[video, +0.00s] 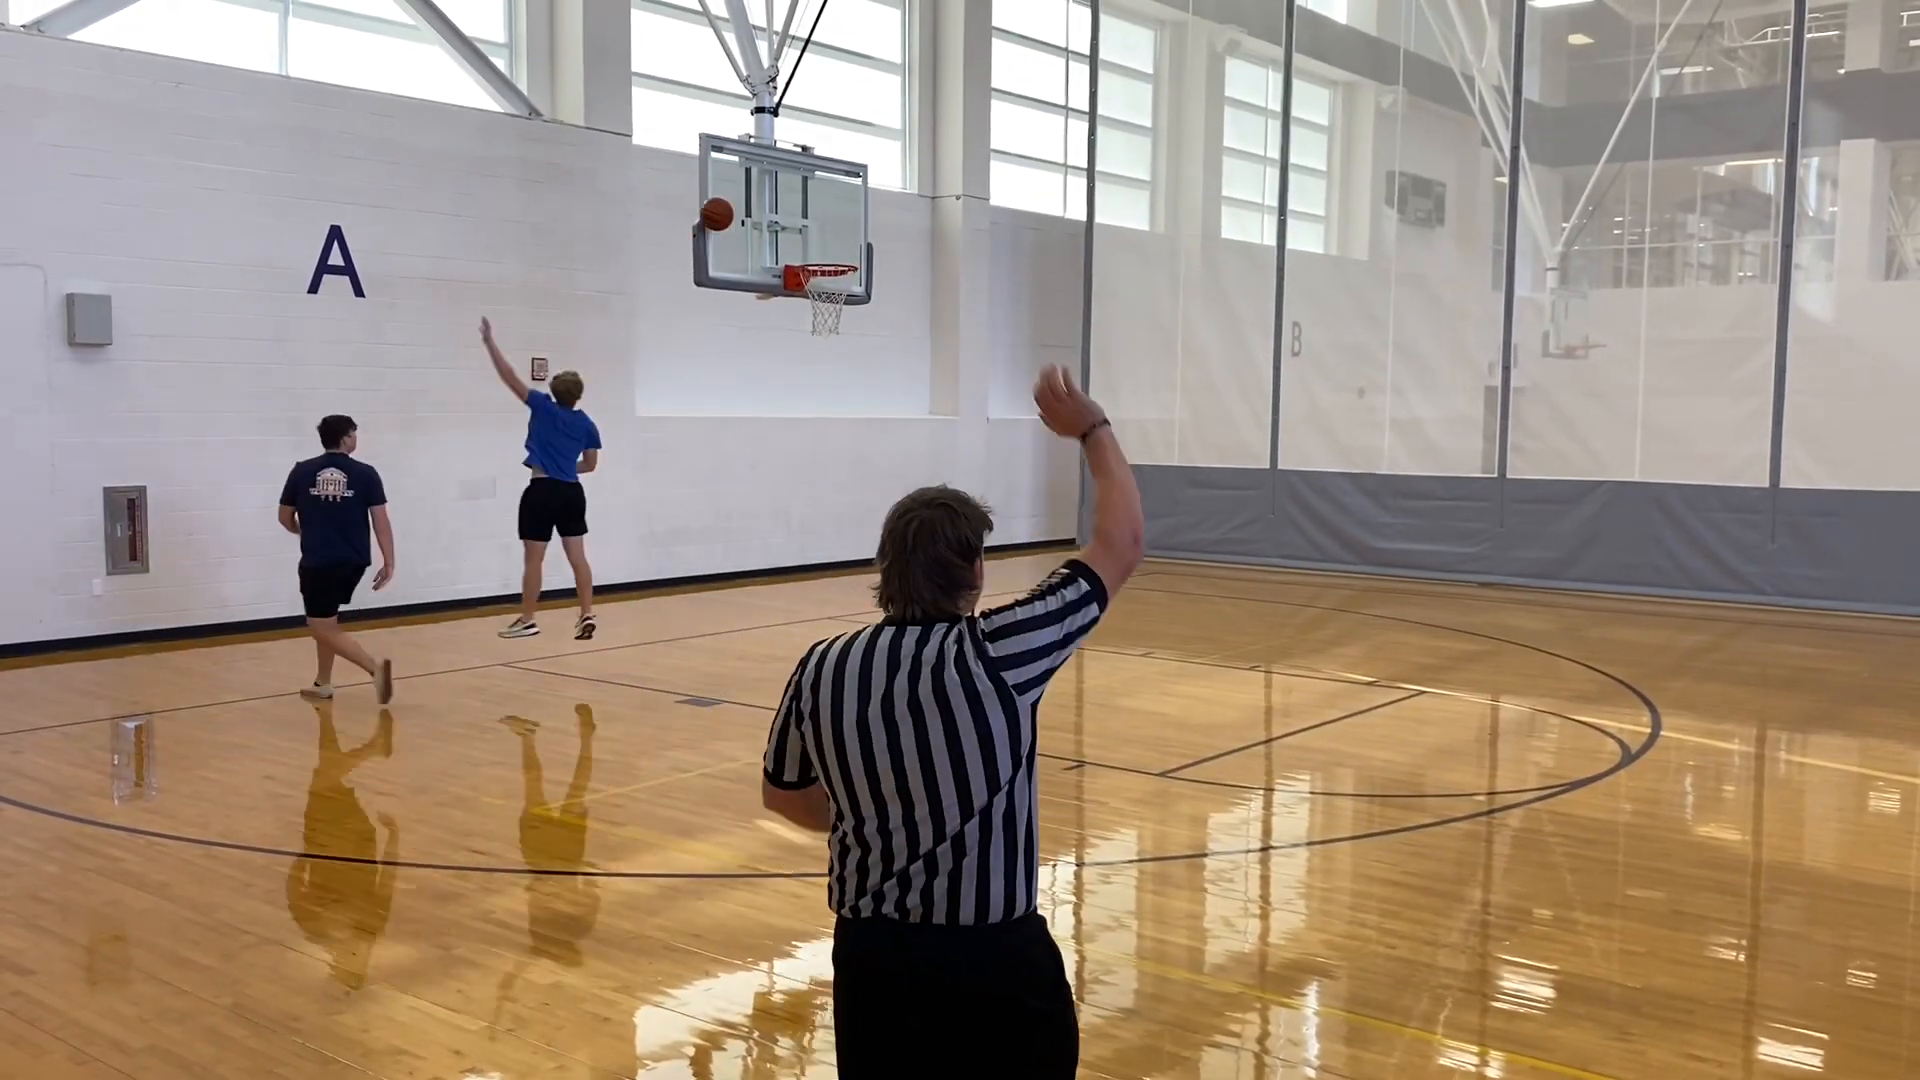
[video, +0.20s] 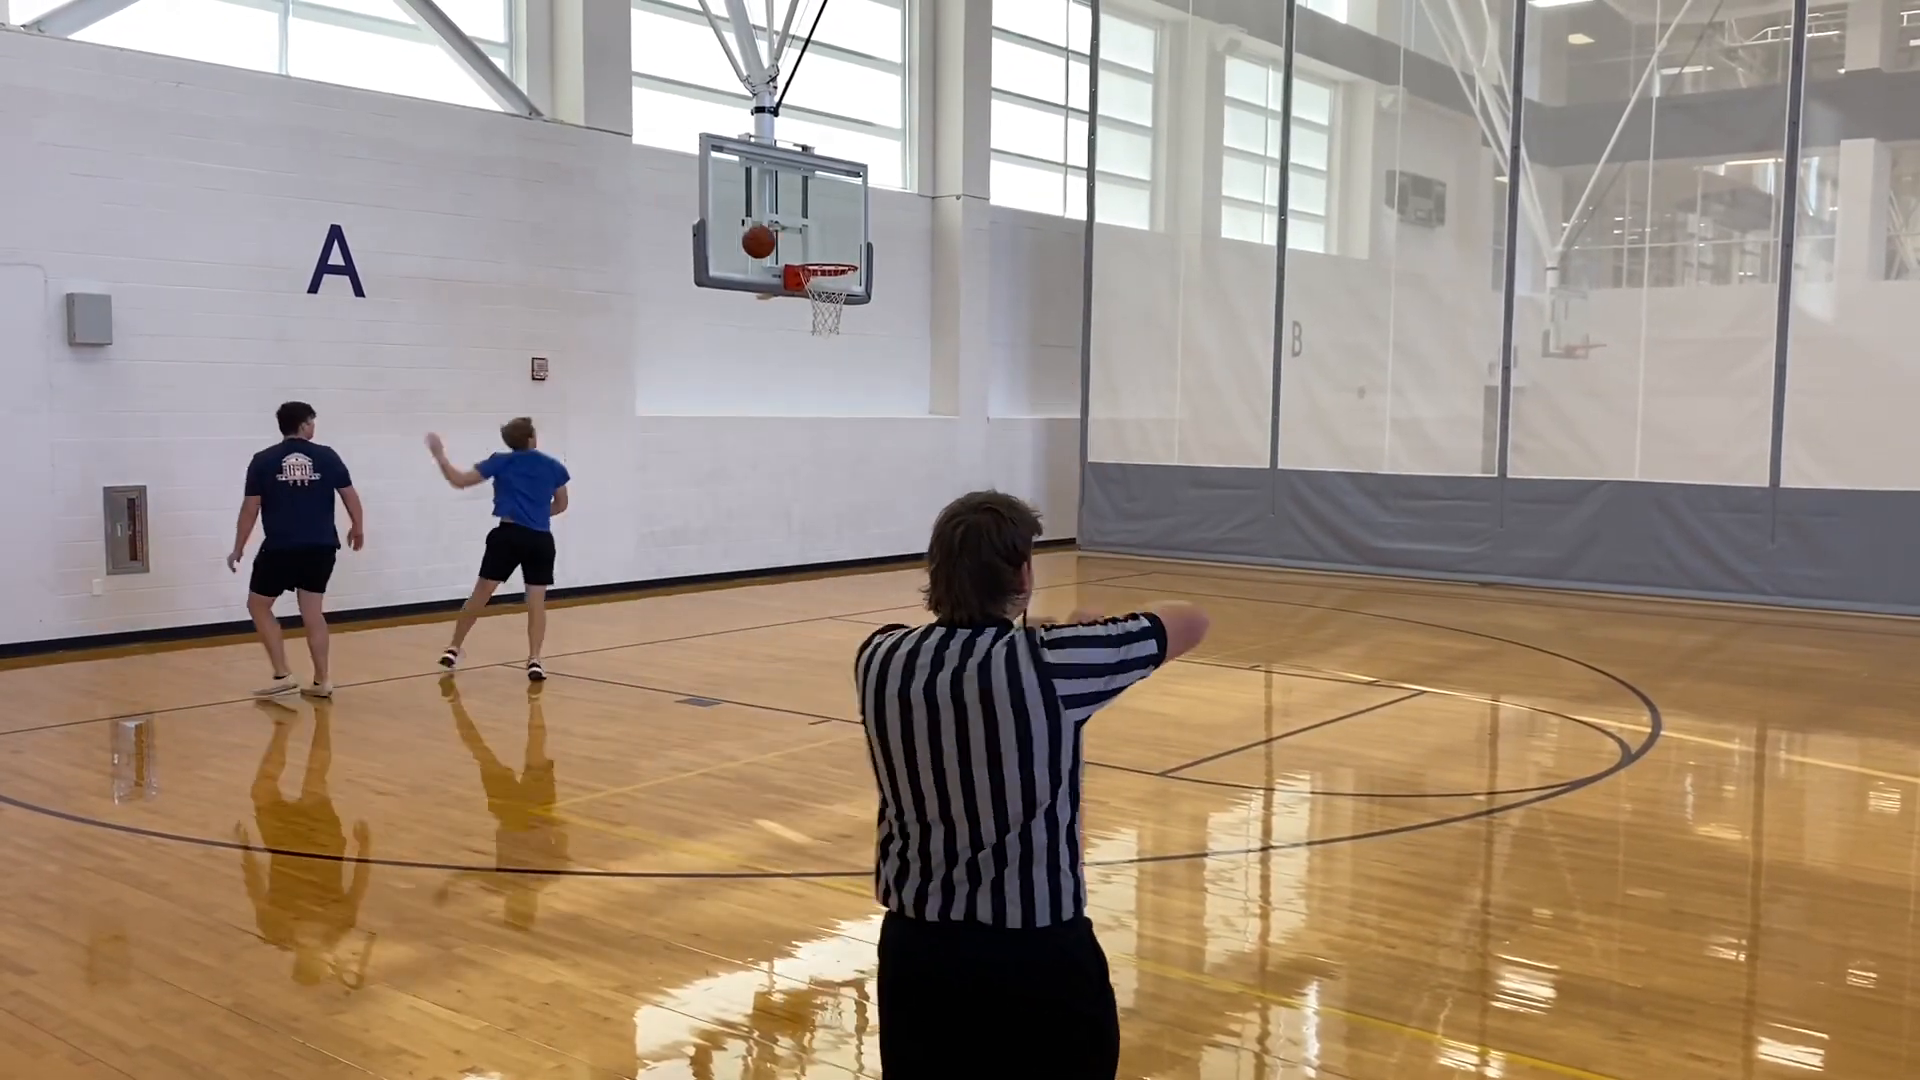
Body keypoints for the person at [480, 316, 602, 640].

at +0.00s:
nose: (551, 387)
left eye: (553, 385)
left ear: (554, 391)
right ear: (579, 395)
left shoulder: (542, 406)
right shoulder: (586, 425)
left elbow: (510, 377)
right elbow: (590, 465)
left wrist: (489, 342)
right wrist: (564, 467)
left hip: (540, 492)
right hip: (572, 494)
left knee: (533, 560)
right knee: (578, 558)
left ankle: (527, 619)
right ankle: (587, 615)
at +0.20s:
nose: (536, 436)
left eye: (533, 433)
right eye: (534, 434)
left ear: (509, 442)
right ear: (532, 439)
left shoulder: (501, 462)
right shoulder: (552, 465)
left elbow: (460, 481)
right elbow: (561, 504)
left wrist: (439, 454)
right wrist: (535, 512)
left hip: (505, 537)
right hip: (540, 541)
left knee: (481, 594)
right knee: (537, 603)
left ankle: (453, 649)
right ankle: (535, 660)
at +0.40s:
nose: (503, 455)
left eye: (501, 450)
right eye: (500, 452)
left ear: (476, 460)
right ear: (493, 457)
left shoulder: (463, 488)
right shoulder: (515, 482)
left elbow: (458, 533)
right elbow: (526, 517)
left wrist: (462, 561)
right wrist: (527, 551)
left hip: (475, 561)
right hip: (510, 559)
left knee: (455, 608)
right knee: (516, 605)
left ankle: (437, 660)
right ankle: (519, 639)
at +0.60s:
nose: (507, 443)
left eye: (506, 438)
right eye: (505, 439)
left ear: (479, 444)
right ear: (496, 441)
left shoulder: (462, 471)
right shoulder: (511, 464)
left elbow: (458, 514)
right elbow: (527, 499)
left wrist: (481, 524)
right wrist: (532, 537)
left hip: (475, 543)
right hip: (509, 538)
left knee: (461, 598)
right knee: (519, 589)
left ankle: (441, 654)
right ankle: (504, 644)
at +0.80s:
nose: (529, 452)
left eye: (528, 447)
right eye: (526, 448)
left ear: (502, 452)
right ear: (516, 449)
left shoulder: (481, 475)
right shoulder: (525, 472)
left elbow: (465, 514)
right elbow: (531, 504)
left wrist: (487, 529)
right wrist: (534, 541)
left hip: (481, 546)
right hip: (513, 544)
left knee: (466, 596)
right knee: (519, 594)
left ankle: (442, 649)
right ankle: (514, 646)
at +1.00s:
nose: (552, 445)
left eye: (552, 440)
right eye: (549, 441)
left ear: (530, 443)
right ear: (535, 441)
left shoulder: (505, 463)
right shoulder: (541, 464)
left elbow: (488, 501)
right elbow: (540, 501)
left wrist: (507, 519)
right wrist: (545, 534)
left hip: (502, 536)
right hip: (528, 536)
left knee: (501, 587)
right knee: (524, 591)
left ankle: (468, 624)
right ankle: (515, 645)